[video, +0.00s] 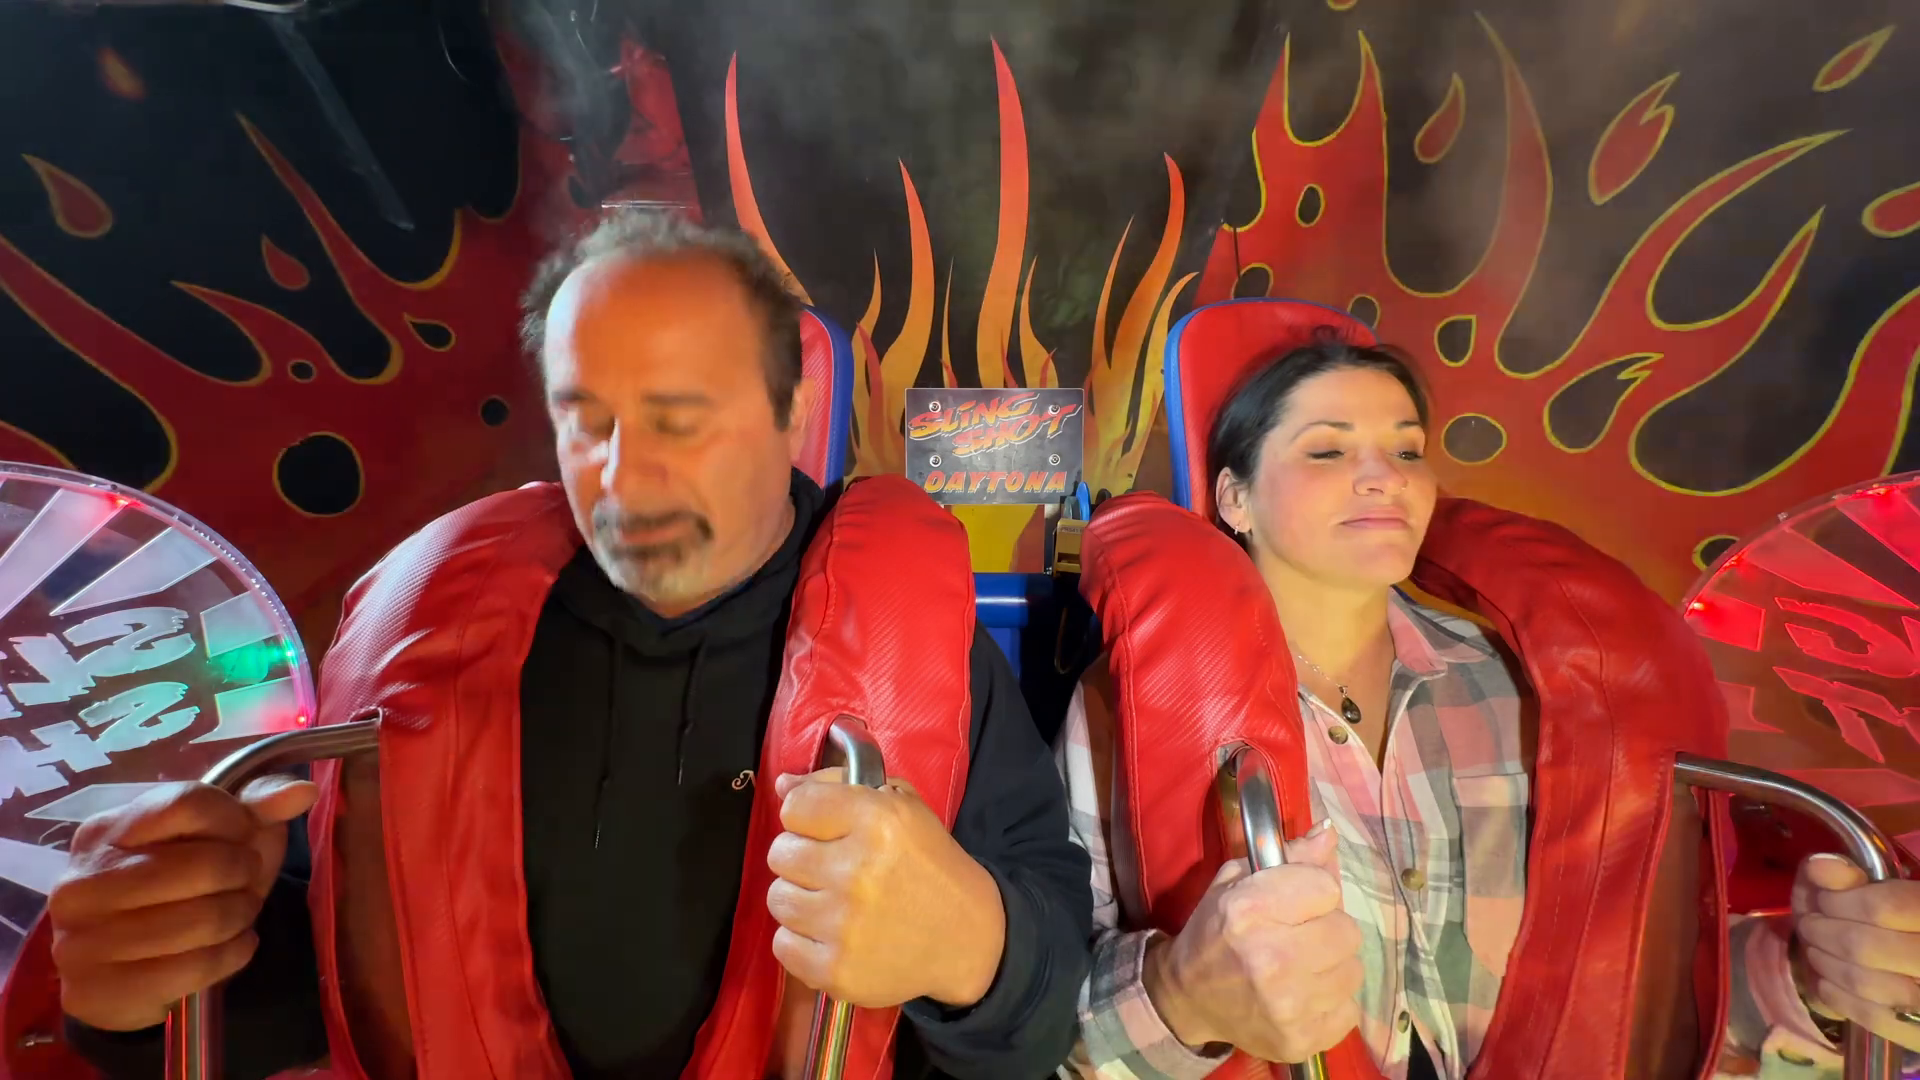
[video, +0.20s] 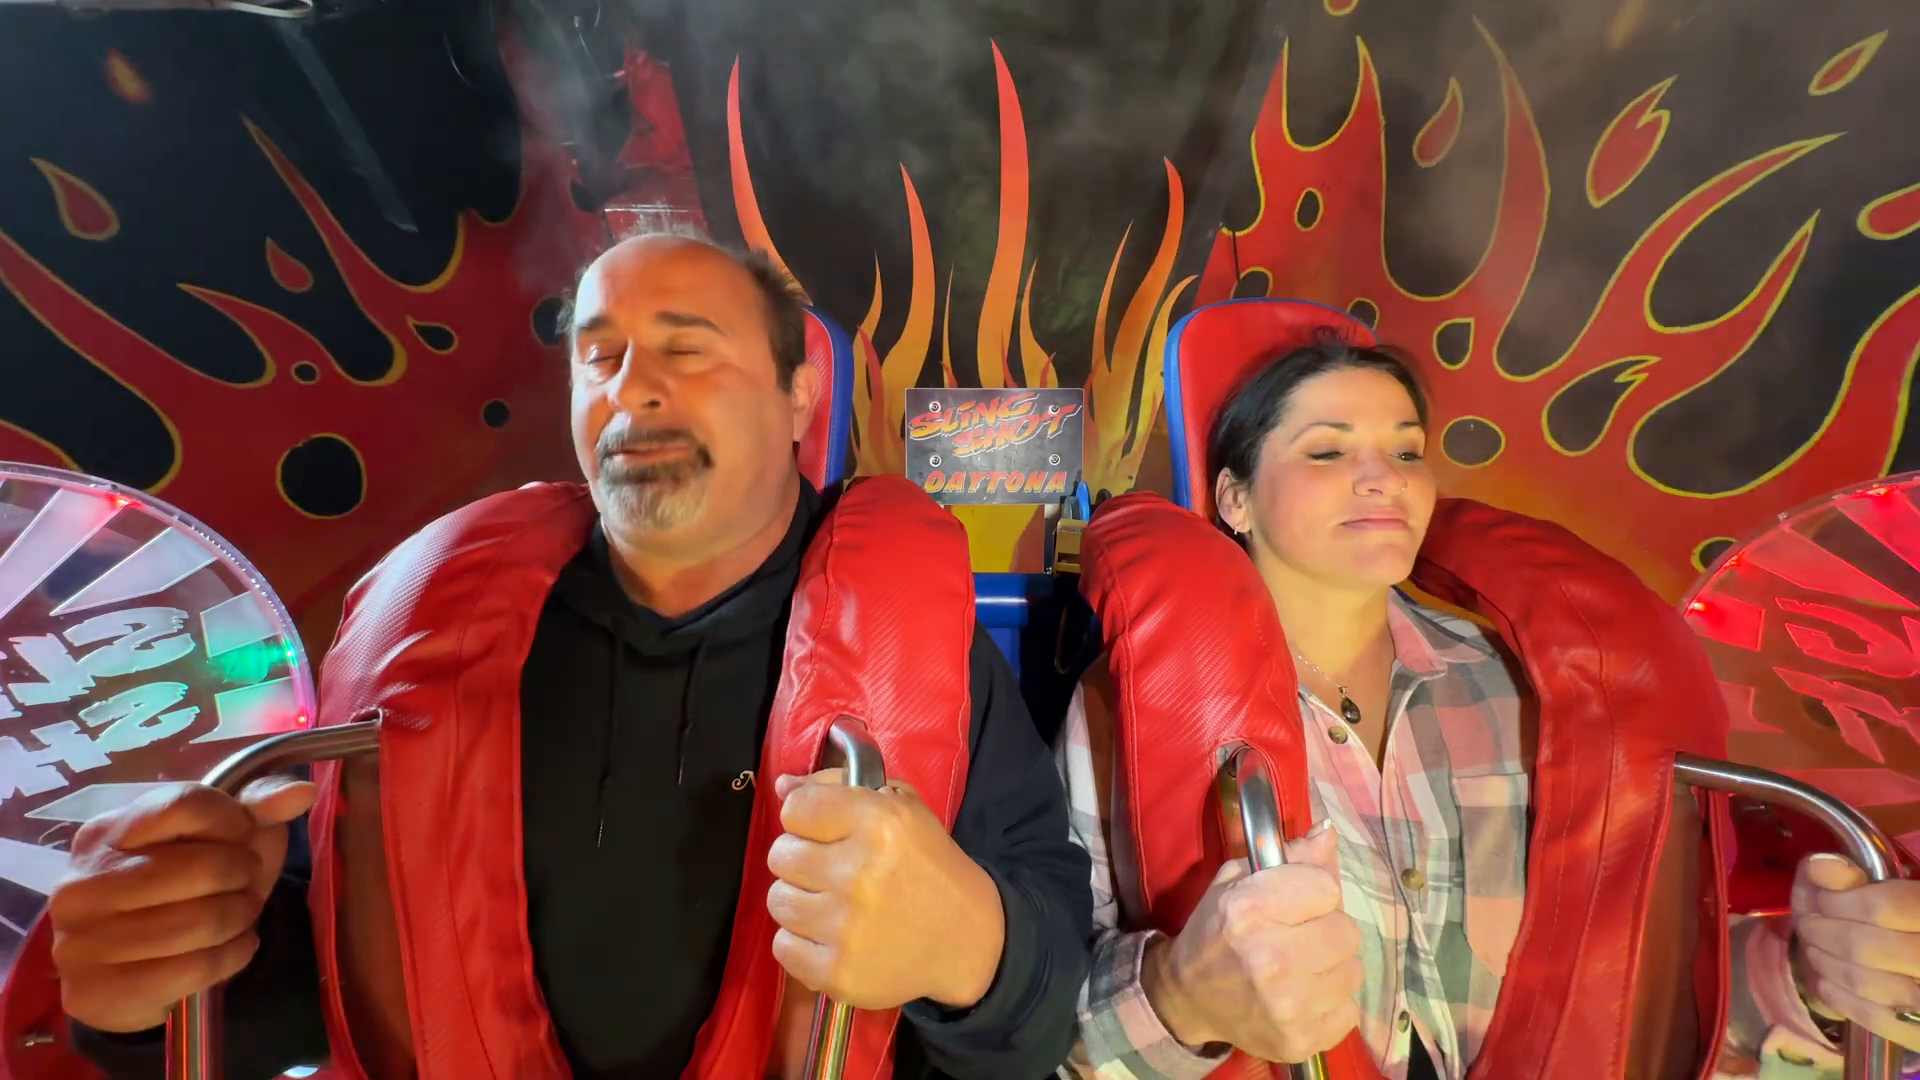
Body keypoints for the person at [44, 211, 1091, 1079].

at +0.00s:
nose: (623, 478)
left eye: (680, 419)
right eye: (588, 421)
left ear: (791, 416)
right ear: (549, 427)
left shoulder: (925, 644)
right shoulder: (419, 623)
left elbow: (1048, 1008)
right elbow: (303, 977)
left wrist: (981, 948)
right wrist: (106, 988)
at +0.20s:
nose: (627, 392)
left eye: (684, 350)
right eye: (599, 359)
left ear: (796, 401)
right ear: (567, 411)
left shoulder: (927, 653)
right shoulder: (425, 634)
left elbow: (1044, 1018)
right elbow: (297, 962)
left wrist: (982, 954)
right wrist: (99, 980)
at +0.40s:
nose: (647, 356)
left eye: (702, 323)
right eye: (616, 336)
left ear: (804, 398)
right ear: (582, 417)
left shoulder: (926, 659)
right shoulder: (435, 639)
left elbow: (1046, 1012)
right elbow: (305, 975)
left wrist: (982, 955)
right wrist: (102, 991)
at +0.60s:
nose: (654, 343)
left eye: (711, 316)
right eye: (621, 329)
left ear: (807, 404)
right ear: (587, 415)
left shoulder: (927, 654)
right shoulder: (431, 634)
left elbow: (1044, 1005)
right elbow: (309, 974)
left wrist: (980, 954)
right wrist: (109, 989)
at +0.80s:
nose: (661, 344)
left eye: (715, 318)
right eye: (626, 330)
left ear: (808, 406)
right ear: (590, 416)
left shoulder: (926, 660)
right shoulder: (430, 633)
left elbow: (1045, 1014)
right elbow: (304, 976)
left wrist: (980, 956)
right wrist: (113, 991)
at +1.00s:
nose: (663, 346)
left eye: (720, 322)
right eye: (630, 328)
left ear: (808, 410)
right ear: (592, 409)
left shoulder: (923, 655)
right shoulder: (433, 628)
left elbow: (1047, 1015)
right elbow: (310, 983)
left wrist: (981, 958)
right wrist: (102, 988)